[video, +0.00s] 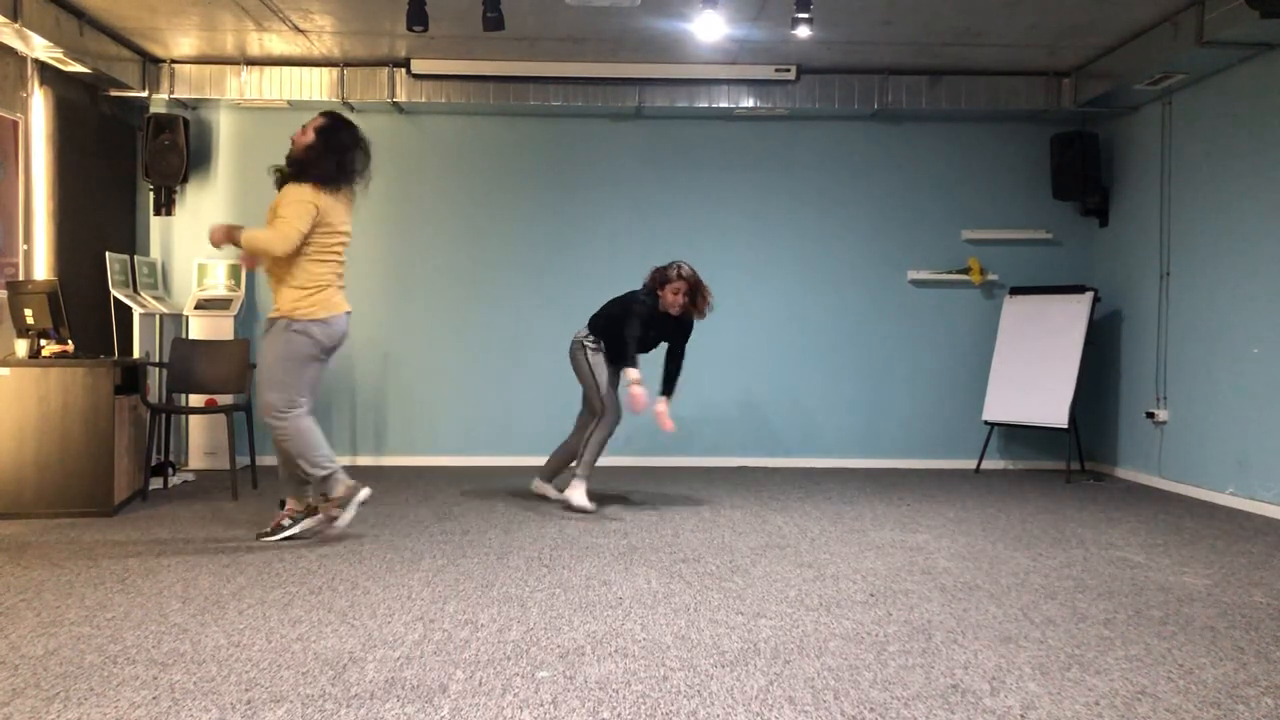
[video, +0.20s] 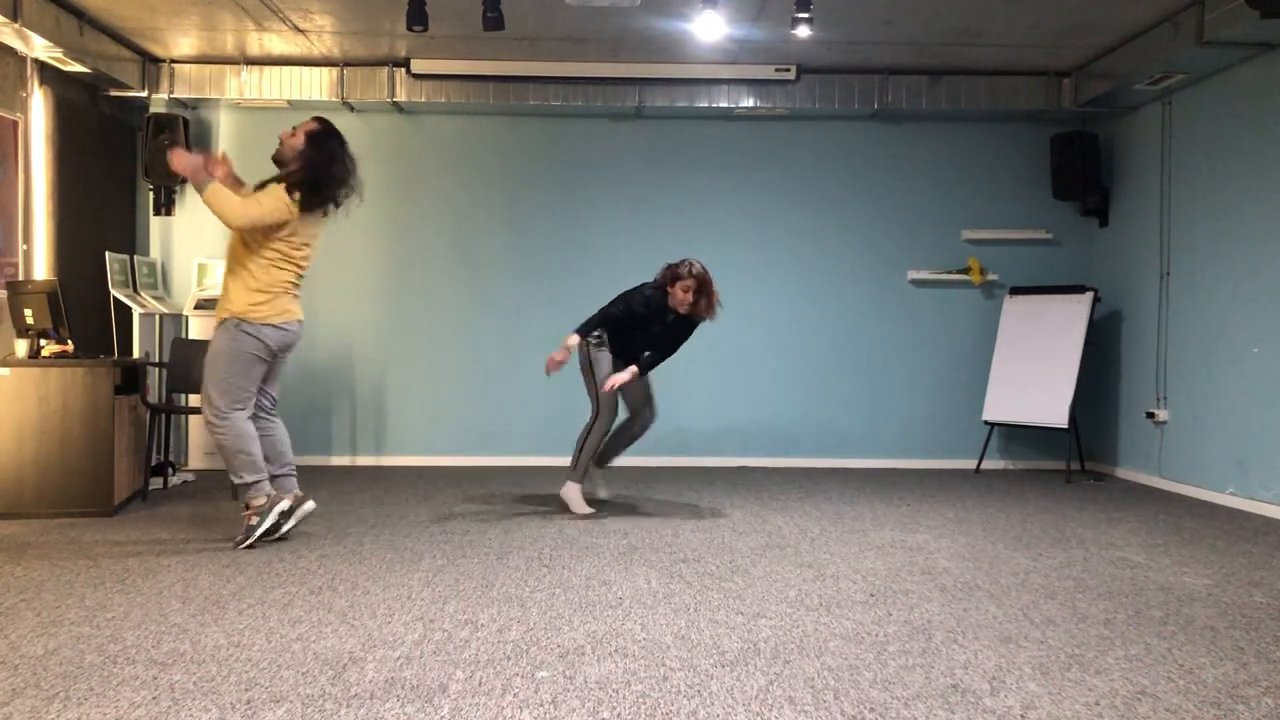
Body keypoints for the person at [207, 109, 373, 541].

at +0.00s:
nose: (298, 133)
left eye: (307, 131)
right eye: (304, 127)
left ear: (321, 149)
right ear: (334, 156)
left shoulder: (303, 193)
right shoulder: (335, 196)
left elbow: (281, 241)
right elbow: (305, 251)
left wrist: (234, 233)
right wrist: (262, 255)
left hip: (301, 319)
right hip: (326, 316)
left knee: (281, 410)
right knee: (289, 409)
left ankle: (338, 488)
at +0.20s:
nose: (285, 133)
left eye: (295, 134)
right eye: (292, 129)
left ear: (305, 156)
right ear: (310, 161)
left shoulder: (285, 195)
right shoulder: (308, 198)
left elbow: (240, 215)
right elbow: (257, 209)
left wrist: (198, 177)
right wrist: (230, 179)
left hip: (251, 321)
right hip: (281, 322)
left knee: (224, 410)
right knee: (261, 409)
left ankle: (261, 501)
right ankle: (288, 495)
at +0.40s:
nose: (262, 129)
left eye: (272, 130)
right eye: (270, 125)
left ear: (281, 153)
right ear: (284, 160)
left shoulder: (253, 189)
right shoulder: (275, 193)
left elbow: (211, 189)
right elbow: (239, 189)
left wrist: (181, 136)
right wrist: (228, 146)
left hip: (215, 314)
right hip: (246, 311)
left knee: (215, 410)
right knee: (242, 403)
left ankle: (253, 501)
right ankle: (273, 487)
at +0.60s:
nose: (210, 128)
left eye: (219, 132)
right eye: (218, 126)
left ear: (225, 158)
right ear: (227, 162)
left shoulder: (205, 192)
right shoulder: (222, 193)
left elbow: (185, 192)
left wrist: (163, 136)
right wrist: (202, 135)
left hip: (192, 321)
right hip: (220, 317)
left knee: (161, 413)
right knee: (230, 416)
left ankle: (225, 488)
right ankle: (282, 496)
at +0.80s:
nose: (80, 185)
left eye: (89, 177)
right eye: (82, 178)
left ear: (121, 184)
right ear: (115, 187)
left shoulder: (137, 220)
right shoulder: (116, 227)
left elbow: (151, 244)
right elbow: (112, 239)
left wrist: (121, 205)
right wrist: (93, 215)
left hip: (155, 354)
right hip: (190, 355)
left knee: (89, 426)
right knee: (159, 445)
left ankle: (66, 523)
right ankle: (247, 484)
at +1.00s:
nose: (49, 234)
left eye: (53, 224)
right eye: (48, 224)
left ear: (75, 221)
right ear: (91, 220)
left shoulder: (109, 246)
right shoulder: (136, 246)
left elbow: (136, 288)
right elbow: (123, 332)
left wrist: (81, 323)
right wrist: (67, 341)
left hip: (160, 360)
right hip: (192, 359)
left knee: (80, 422)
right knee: (117, 423)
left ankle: (64, 523)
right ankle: (134, 514)